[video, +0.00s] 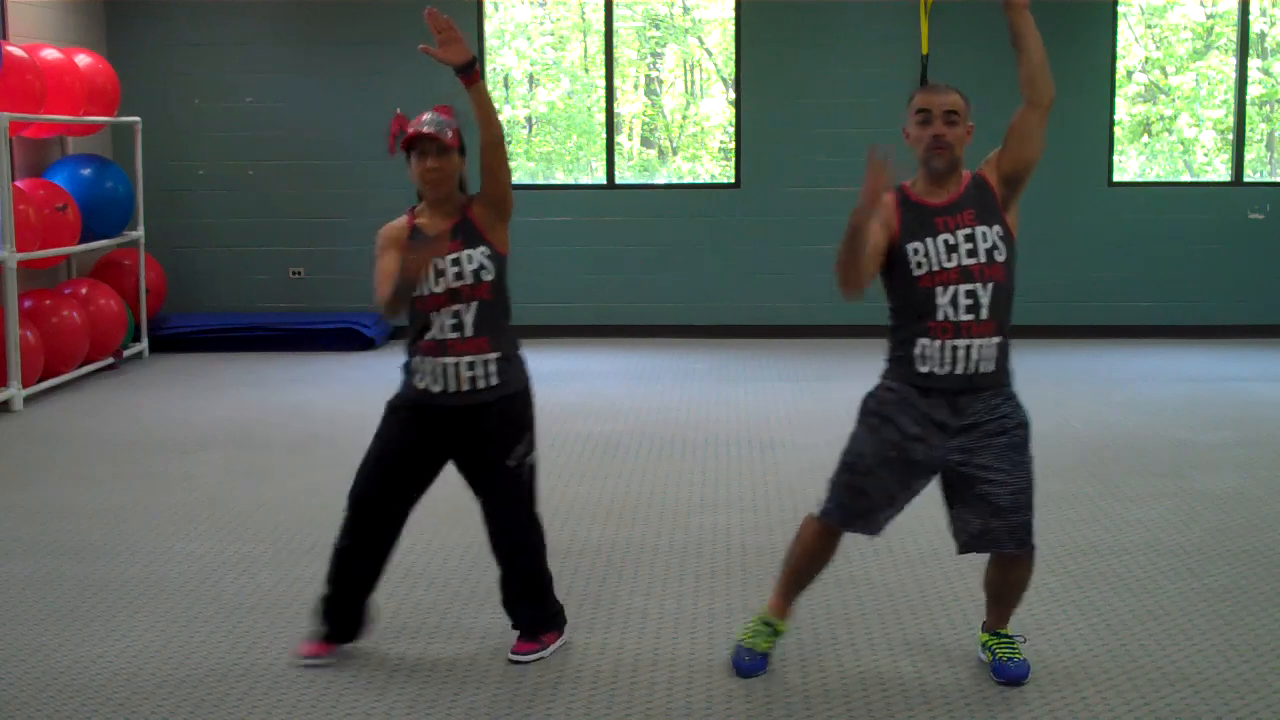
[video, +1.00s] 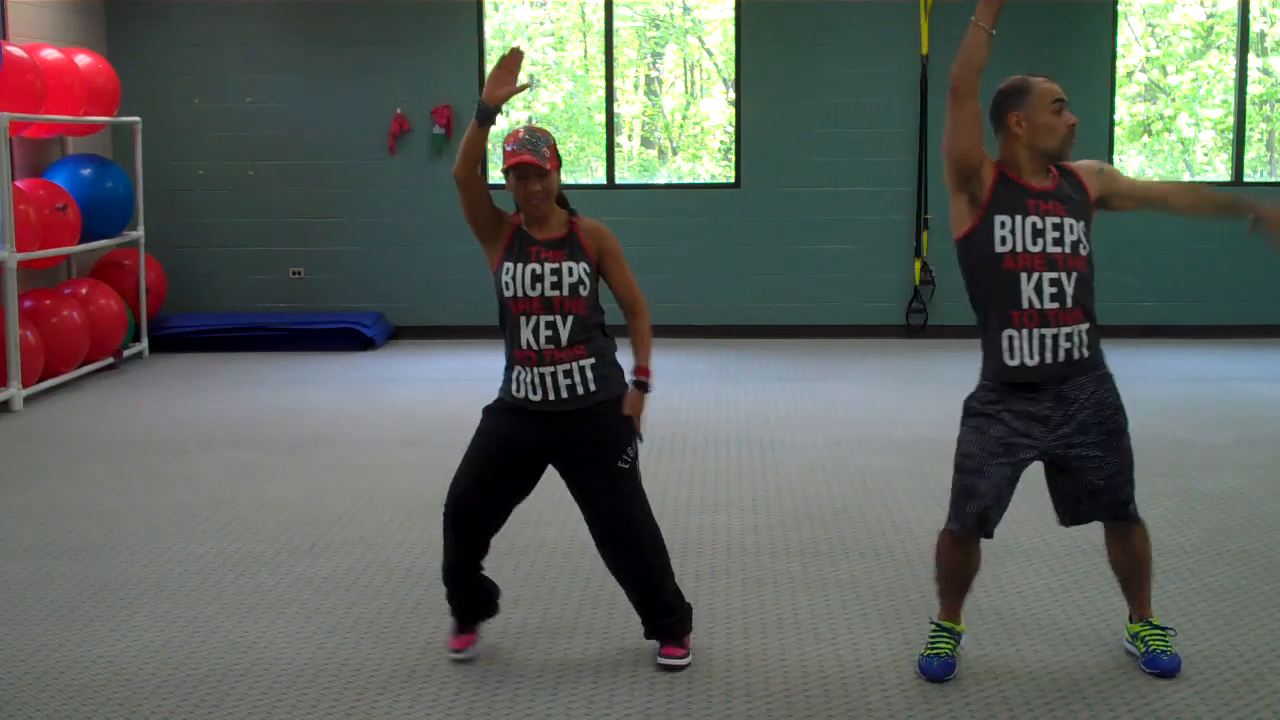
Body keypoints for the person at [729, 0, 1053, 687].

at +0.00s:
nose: (938, 127)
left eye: (951, 117)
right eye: (925, 117)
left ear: (969, 133)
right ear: (909, 132)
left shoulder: (996, 188)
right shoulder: (889, 208)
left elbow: (1040, 100)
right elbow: (852, 284)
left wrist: (1020, 12)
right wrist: (866, 207)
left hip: (989, 406)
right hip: (907, 403)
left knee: (1015, 543)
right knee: (832, 518)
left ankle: (997, 632)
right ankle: (773, 618)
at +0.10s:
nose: (953, 121)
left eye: (965, 112)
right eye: (939, 112)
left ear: (982, 126)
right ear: (919, 128)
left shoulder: (1008, 177)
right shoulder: (902, 193)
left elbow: (1044, 89)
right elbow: (862, 192)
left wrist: (1020, 5)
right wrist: (890, 100)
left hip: (1010, 397)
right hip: (930, 395)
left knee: (1026, 535)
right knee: (876, 517)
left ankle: (999, 631)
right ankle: (845, 609)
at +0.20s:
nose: (963, 115)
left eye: (975, 105)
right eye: (948, 105)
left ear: (990, 122)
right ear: (927, 124)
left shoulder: (1012, 177)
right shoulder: (910, 187)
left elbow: (1043, 78)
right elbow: (878, 114)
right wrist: (903, 23)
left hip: (1023, 388)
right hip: (948, 392)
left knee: (1034, 528)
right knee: (942, 521)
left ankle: (1001, 628)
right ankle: (920, 614)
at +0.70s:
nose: (1033, 123)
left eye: (1033, 114)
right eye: (1019, 112)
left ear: (1029, 130)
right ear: (979, 129)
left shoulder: (1043, 183)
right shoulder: (940, 185)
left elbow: (1104, 109)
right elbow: (930, 88)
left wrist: (1135, 31)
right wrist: (975, 14)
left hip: (1034, 396)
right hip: (955, 400)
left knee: (1092, 517)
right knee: (946, 534)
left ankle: (1091, 615)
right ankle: (949, 631)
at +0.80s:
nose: (1045, 120)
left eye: (1044, 110)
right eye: (1031, 109)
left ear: (1030, 124)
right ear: (988, 125)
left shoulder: (1055, 178)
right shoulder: (950, 182)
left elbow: (1134, 126)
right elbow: (943, 80)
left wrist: (1210, 67)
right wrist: (977, 10)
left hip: (1048, 396)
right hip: (968, 400)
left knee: (1106, 515)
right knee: (951, 532)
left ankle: (1148, 616)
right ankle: (949, 630)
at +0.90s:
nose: (1059, 119)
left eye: (1056, 108)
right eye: (1045, 109)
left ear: (1037, 123)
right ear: (1002, 124)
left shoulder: (1075, 175)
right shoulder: (966, 182)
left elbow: (1166, 155)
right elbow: (952, 86)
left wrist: (1250, 135)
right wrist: (983, 7)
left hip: (1069, 395)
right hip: (989, 400)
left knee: (1113, 515)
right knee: (962, 530)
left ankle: (1142, 622)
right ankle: (950, 630)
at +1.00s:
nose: (1070, 117)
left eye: (1068, 107)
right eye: (1056, 108)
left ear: (1049, 123)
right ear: (1013, 125)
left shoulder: (1088, 180)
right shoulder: (976, 184)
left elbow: (1174, 195)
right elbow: (961, 85)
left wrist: (1251, 207)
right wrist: (988, 7)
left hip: (1085, 391)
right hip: (1005, 397)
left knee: (1122, 513)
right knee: (964, 523)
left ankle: (1143, 623)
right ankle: (947, 624)